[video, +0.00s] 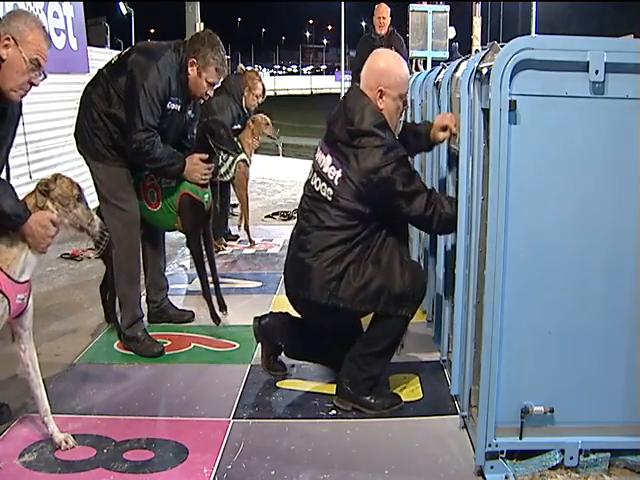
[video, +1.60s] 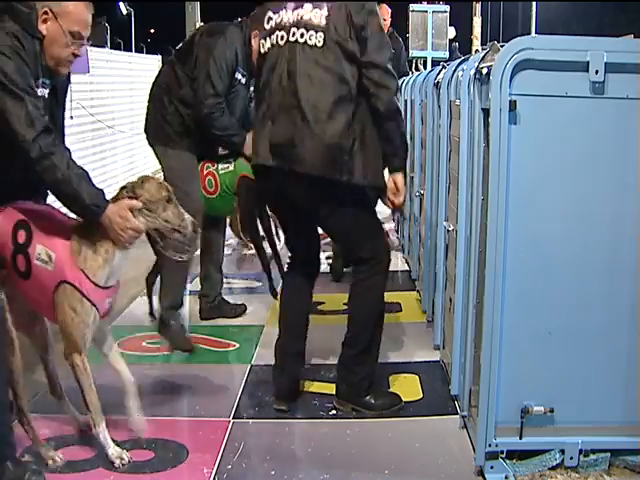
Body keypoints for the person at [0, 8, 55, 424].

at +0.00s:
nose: (38, 80)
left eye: (42, 72)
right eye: (34, 65)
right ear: (6, 47)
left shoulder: (13, 104)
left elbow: (0, 173)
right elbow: (2, 177)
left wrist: (22, 215)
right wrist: (21, 219)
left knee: (7, 312)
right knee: (4, 314)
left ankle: (1, 403)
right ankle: (0, 405)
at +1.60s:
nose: (80, 51)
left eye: (85, 41)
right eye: (75, 37)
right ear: (45, 21)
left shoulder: (50, 60)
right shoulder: (10, 49)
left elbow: (50, 142)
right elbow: (33, 141)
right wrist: (99, 207)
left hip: (20, 211)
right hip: (4, 214)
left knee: (19, 328)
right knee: (5, 338)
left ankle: (16, 434)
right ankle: (7, 449)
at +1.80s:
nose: (107, 51)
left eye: (112, 41)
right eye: (102, 38)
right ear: (71, 18)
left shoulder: (78, 57)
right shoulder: (25, 48)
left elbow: (74, 148)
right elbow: (64, 149)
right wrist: (133, 219)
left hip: (35, 214)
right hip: (3, 216)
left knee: (52, 308)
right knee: (9, 330)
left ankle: (55, 386)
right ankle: (9, 452)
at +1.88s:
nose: (122, 52)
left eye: (127, 43)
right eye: (118, 39)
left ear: (94, 18)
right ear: (86, 18)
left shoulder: (94, 58)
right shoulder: (36, 48)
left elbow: (91, 146)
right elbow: (78, 152)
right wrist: (150, 219)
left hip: (59, 204)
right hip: (9, 209)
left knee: (97, 290)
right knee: (14, 322)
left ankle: (108, 393)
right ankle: (9, 454)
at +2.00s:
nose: (150, 54)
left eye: (156, 45)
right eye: (148, 41)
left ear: (123, 21)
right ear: (117, 19)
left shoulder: (112, 54)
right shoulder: (65, 51)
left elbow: (110, 147)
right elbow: (107, 155)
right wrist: (173, 223)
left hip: (70, 202)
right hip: (17, 207)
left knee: (127, 289)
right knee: (27, 325)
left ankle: (153, 391)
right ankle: (7, 455)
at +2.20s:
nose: (210, 58)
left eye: (216, 49)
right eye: (210, 44)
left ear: (187, 21)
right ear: (183, 19)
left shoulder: (169, 53)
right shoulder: (126, 41)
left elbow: (174, 140)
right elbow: (162, 140)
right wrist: (222, 219)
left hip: (128, 191)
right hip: (68, 191)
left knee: (158, 298)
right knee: (65, 310)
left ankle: (174, 409)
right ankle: (12, 443)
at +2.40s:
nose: (262, 48)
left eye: (268, 39)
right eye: (262, 34)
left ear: (239, 12)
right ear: (238, 8)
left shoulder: (205, 32)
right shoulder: (184, 22)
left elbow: (219, 137)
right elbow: (217, 127)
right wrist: (272, 211)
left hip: (161, 178)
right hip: (108, 169)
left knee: (172, 292)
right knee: (118, 292)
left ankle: (172, 404)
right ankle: (49, 416)